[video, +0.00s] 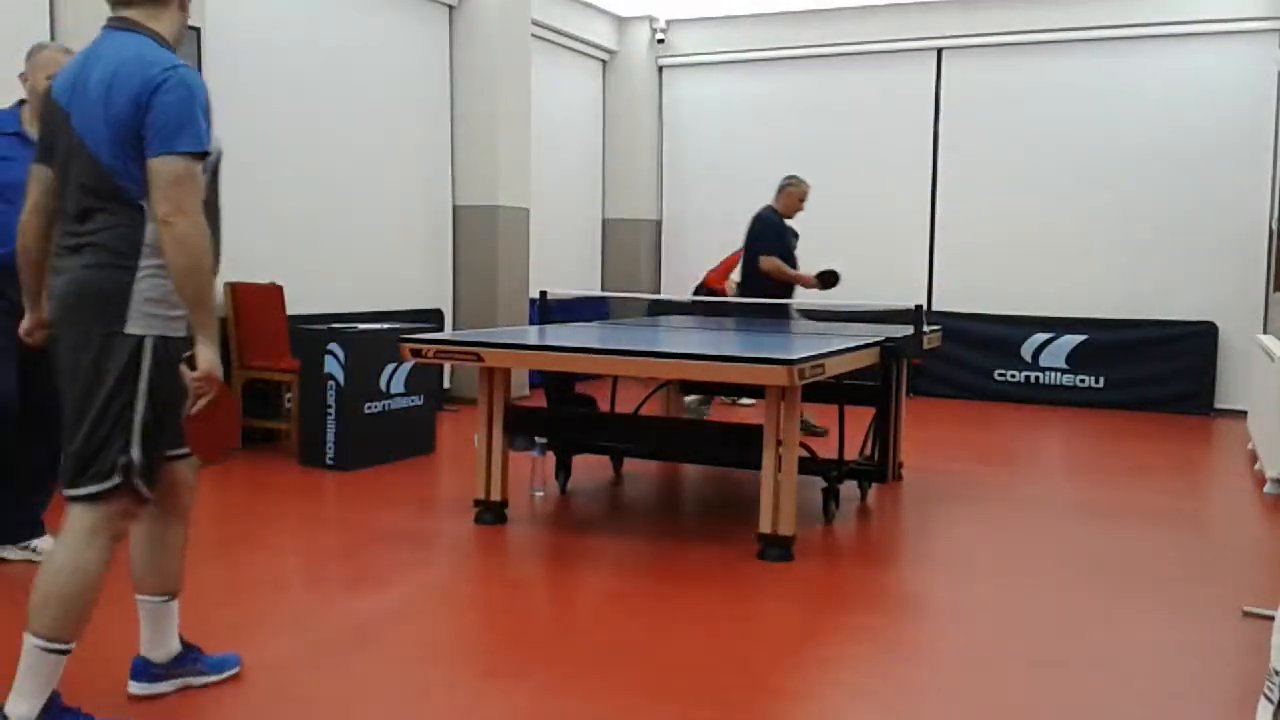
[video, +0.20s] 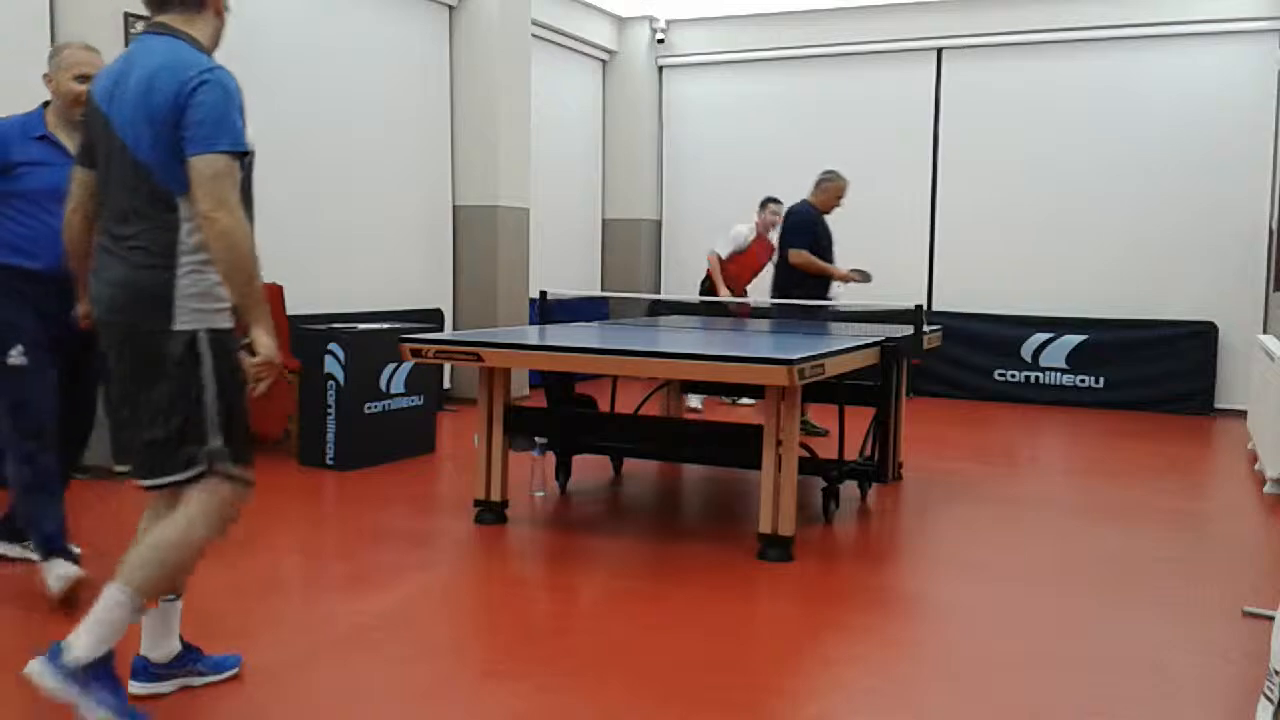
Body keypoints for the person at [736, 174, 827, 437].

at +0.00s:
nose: (802, 207)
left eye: (803, 202)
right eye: (800, 201)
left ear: (790, 197)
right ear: (785, 194)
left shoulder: (780, 224)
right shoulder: (767, 220)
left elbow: (779, 264)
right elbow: (767, 263)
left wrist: (804, 279)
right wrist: (801, 279)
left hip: (774, 307)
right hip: (760, 308)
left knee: (786, 363)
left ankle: (793, 414)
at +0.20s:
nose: (839, 205)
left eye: (840, 200)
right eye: (837, 198)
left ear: (825, 191)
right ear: (823, 190)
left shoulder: (815, 217)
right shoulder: (801, 215)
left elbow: (811, 258)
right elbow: (797, 256)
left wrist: (840, 273)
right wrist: (835, 273)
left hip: (810, 304)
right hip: (794, 304)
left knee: (805, 362)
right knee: (790, 362)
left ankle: (800, 415)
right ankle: (785, 418)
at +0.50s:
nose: (888, 205)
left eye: (890, 199)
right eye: (884, 199)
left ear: (887, 197)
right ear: (867, 194)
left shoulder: (878, 225)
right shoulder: (847, 223)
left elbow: (890, 266)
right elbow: (844, 268)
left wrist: (919, 290)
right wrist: (884, 279)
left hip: (875, 310)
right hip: (850, 311)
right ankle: (818, 404)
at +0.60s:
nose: (899, 202)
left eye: (903, 196)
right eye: (893, 196)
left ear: (905, 195)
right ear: (877, 192)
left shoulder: (898, 222)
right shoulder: (860, 223)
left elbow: (908, 264)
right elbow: (857, 267)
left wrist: (929, 296)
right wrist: (895, 278)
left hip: (895, 310)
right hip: (865, 311)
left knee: (895, 373)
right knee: (861, 369)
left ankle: (885, 438)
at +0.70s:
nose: (911, 195)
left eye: (915, 189)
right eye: (905, 189)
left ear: (919, 191)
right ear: (891, 188)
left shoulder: (918, 219)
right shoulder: (875, 219)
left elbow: (923, 263)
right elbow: (868, 262)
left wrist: (935, 293)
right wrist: (906, 273)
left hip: (912, 307)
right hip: (879, 309)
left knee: (930, 362)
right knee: (888, 375)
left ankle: (902, 411)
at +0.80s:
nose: (920, 191)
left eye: (926, 186)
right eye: (915, 185)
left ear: (934, 187)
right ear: (904, 186)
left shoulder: (940, 218)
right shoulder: (888, 217)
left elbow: (946, 263)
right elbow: (874, 258)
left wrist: (952, 295)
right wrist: (910, 270)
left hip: (932, 306)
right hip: (892, 308)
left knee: (950, 364)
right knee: (892, 374)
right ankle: (882, 436)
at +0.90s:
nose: (928, 195)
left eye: (935, 189)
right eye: (924, 189)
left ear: (948, 190)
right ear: (918, 189)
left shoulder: (963, 222)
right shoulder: (904, 220)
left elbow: (974, 265)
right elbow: (883, 259)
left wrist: (972, 302)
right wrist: (910, 271)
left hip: (947, 310)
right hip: (905, 310)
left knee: (965, 371)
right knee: (894, 376)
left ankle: (983, 432)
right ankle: (878, 440)